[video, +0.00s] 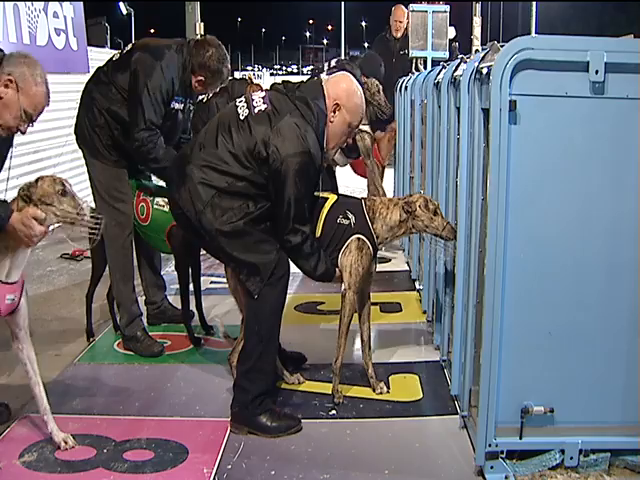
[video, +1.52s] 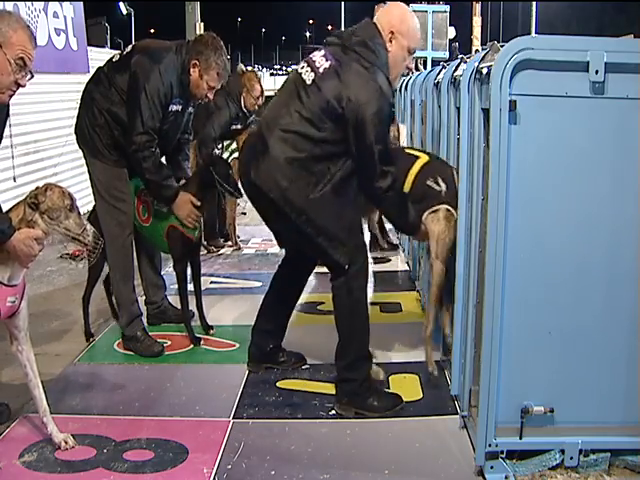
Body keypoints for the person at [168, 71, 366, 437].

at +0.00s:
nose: (348, 136)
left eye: (353, 128)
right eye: (350, 126)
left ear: (330, 104)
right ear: (333, 108)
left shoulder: (294, 106)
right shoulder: (297, 147)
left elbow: (317, 196)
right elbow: (292, 230)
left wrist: (339, 235)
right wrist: (331, 268)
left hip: (199, 180)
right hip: (206, 196)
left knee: (266, 265)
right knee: (272, 271)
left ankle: (265, 351)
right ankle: (251, 405)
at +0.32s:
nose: (348, 138)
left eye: (353, 130)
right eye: (350, 127)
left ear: (331, 104)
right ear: (334, 109)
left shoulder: (294, 106)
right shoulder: (298, 147)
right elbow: (293, 230)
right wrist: (332, 268)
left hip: (200, 178)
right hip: (207, 194)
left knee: (267, 265)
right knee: (272, 271)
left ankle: (265, 351)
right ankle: (251, 404)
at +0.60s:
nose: (350, 136)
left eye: (355, 128)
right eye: (352, 126)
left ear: (332, 103)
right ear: (335, 107)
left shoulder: (296, 108)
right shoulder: (300, 146)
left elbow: (311, 199)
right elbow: (294, 229)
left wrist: (341, 234)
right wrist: (331, 268)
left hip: (203, 179)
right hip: (209, 194)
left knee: (269, 265)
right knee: (273, 272)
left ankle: (264, 351)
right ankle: (251, 404)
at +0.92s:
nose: (356, 98)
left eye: (361, 89)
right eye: (358, 87)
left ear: (337, 66)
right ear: (340, 71)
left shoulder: (299, 74)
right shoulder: (311, 111)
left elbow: (305, 174)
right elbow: (306, 195)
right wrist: (336, 242)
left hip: (213, 165)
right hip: (221, 181)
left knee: (276, 267)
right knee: (277, 274)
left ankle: (266, 355)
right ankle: (250, 405)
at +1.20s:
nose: (368, 59)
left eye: (371, 51)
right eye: (368, 49)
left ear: (342, 29)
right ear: (349, 34)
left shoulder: (307, 47)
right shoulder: (324, 76)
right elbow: (330, 166)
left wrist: (367, 130)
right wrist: (360, 213)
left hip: (223, 143)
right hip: (241, 157)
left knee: (291, 241)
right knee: (314, 248)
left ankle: (263, 345)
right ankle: (309, 386)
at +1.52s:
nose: (410, 64)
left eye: (413, 54)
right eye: (410, 52)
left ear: (382, 32)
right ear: (389, 36)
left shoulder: (340, 49)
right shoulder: (369, 88)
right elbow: (378, 176)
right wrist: (414, 222)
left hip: (259, 162)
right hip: (289, 173)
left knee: (303, 251)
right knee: (352, 261)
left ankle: (264, 347)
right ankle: (354, 386)